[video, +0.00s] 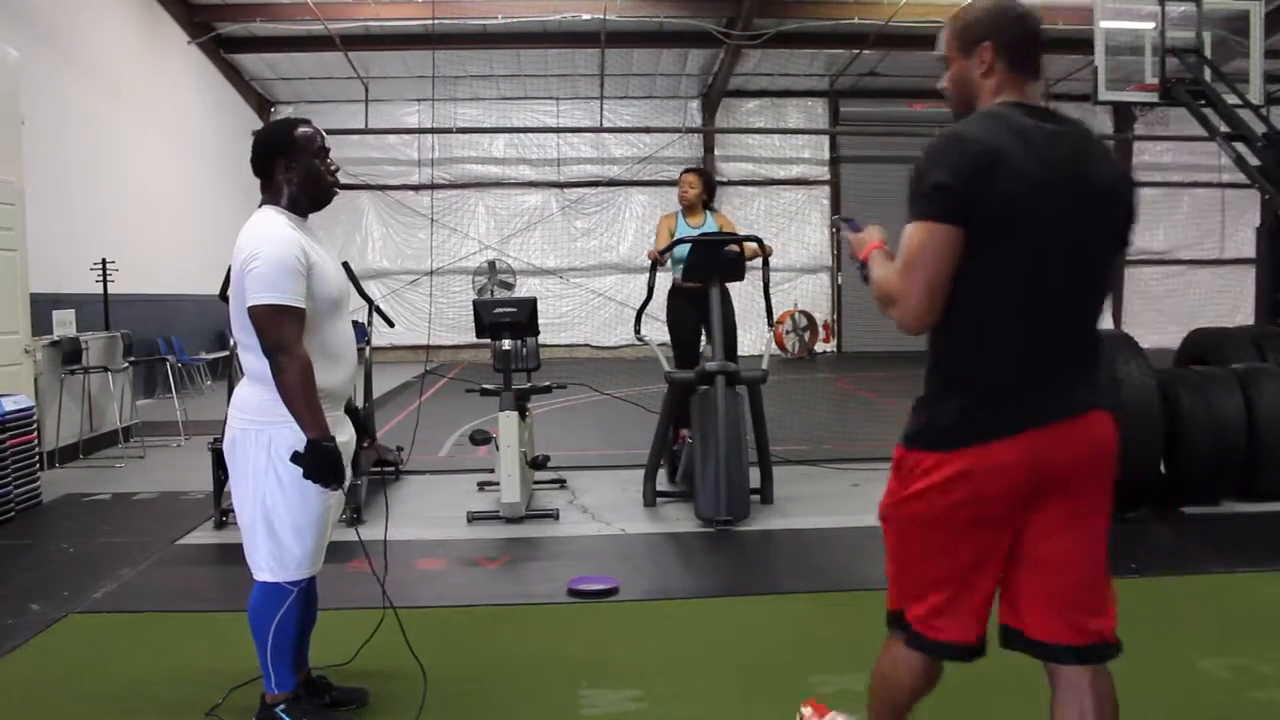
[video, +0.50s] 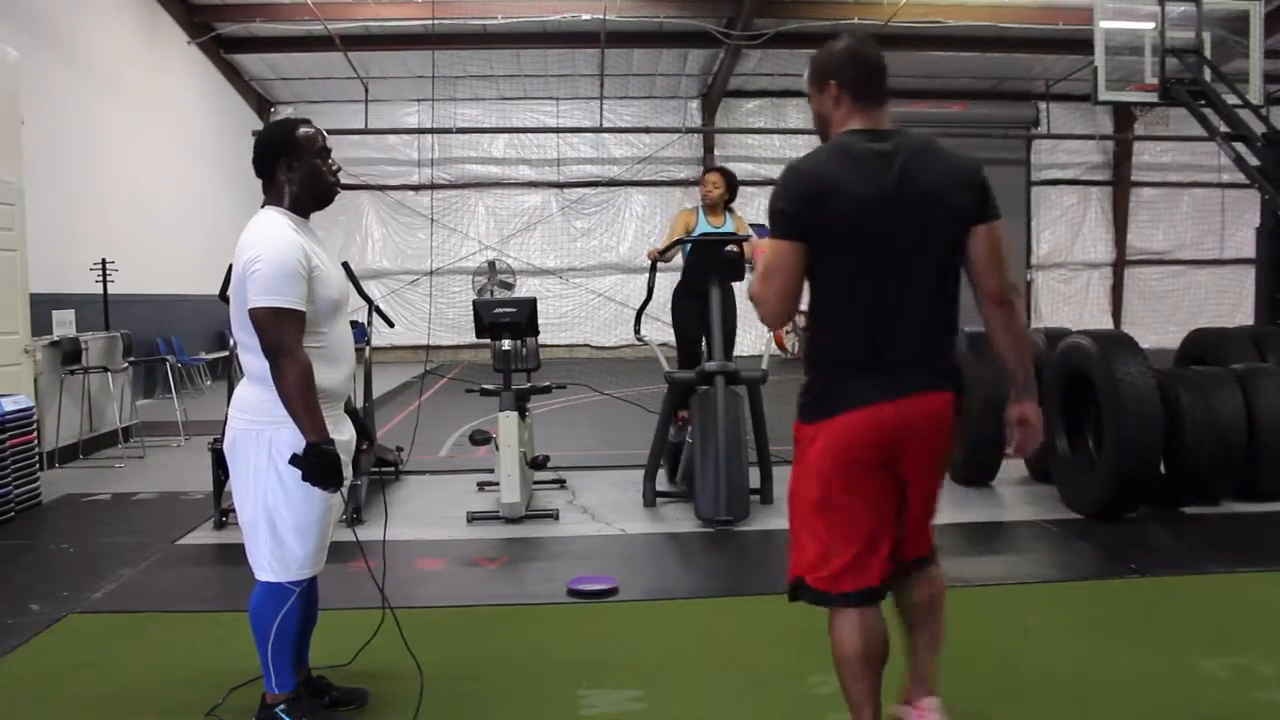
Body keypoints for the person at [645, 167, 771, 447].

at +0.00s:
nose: (684, 191)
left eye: (691, 187)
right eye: (681, 186)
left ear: (705, 193)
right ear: (677, 190)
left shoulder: (719, 220)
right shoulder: (668, 221)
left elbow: (740, 249)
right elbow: (664, 250)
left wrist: (758, 250)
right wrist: (657, 255)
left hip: (716, 296)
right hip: (683, 298)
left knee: (727, 358)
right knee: (686, 364)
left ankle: (728, 422)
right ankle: (683, 427)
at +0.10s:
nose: (683, 195)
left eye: (691, 191)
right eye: (681, 191)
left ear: (704, 197)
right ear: (676, 194)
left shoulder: (718, 223)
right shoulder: (668, 225)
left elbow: (745, 250)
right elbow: (661, 255)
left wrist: (754, 250)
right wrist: (656, 256)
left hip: (716, 299)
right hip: (682, 301)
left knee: (728, 361)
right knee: (685, 367)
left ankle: (729, 423)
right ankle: (682, 431)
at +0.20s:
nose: (687, 194)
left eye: (694, 190)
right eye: (684, 189)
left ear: (708, 195)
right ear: (680, 193)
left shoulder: (722, 222)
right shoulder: (671, 224)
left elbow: (741, 253)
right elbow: (664, 260)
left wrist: (758, 250)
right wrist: (656, 257)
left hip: (717, 298)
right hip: (684, 299)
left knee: (727, 360)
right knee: (686, 365)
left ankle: (729, 421)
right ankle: (682, 426)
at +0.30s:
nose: (695, 188)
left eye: (703, 184)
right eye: (693, 183)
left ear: (715, 190)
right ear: (688, 187)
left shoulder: (727, 219)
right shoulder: (678, 217)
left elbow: (742, 252)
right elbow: (666, 251)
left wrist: (760, 251)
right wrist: (658, 255)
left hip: (720, 293)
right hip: (686, 294)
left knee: (726, 357)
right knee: (688, 360)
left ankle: (726, 418)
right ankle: (682, 420)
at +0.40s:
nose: (703, 186)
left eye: (711, 182)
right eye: (700, 181)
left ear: (723, 189)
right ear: (695, 185)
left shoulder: (732, 218)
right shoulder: (683, 214)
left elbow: (747, 252)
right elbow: (670, 247)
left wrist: (754, 252)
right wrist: (660, 254)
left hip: (722, 291)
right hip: (689, 291)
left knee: (723, 357)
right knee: (688, 357)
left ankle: (722, 416)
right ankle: (683, 417)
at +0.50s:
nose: (707, 190)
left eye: (714, 186)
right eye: (704, 184)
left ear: (727, 193)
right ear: (699, 188)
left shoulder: (736, 221)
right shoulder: (687, 217)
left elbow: (752, 254)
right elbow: (671, 251)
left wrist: (738, 252)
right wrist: (660, 254)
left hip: (722, 292)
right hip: (689, 293)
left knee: (723, 355)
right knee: (689, 355)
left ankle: (722, 409)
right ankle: (682, 409)